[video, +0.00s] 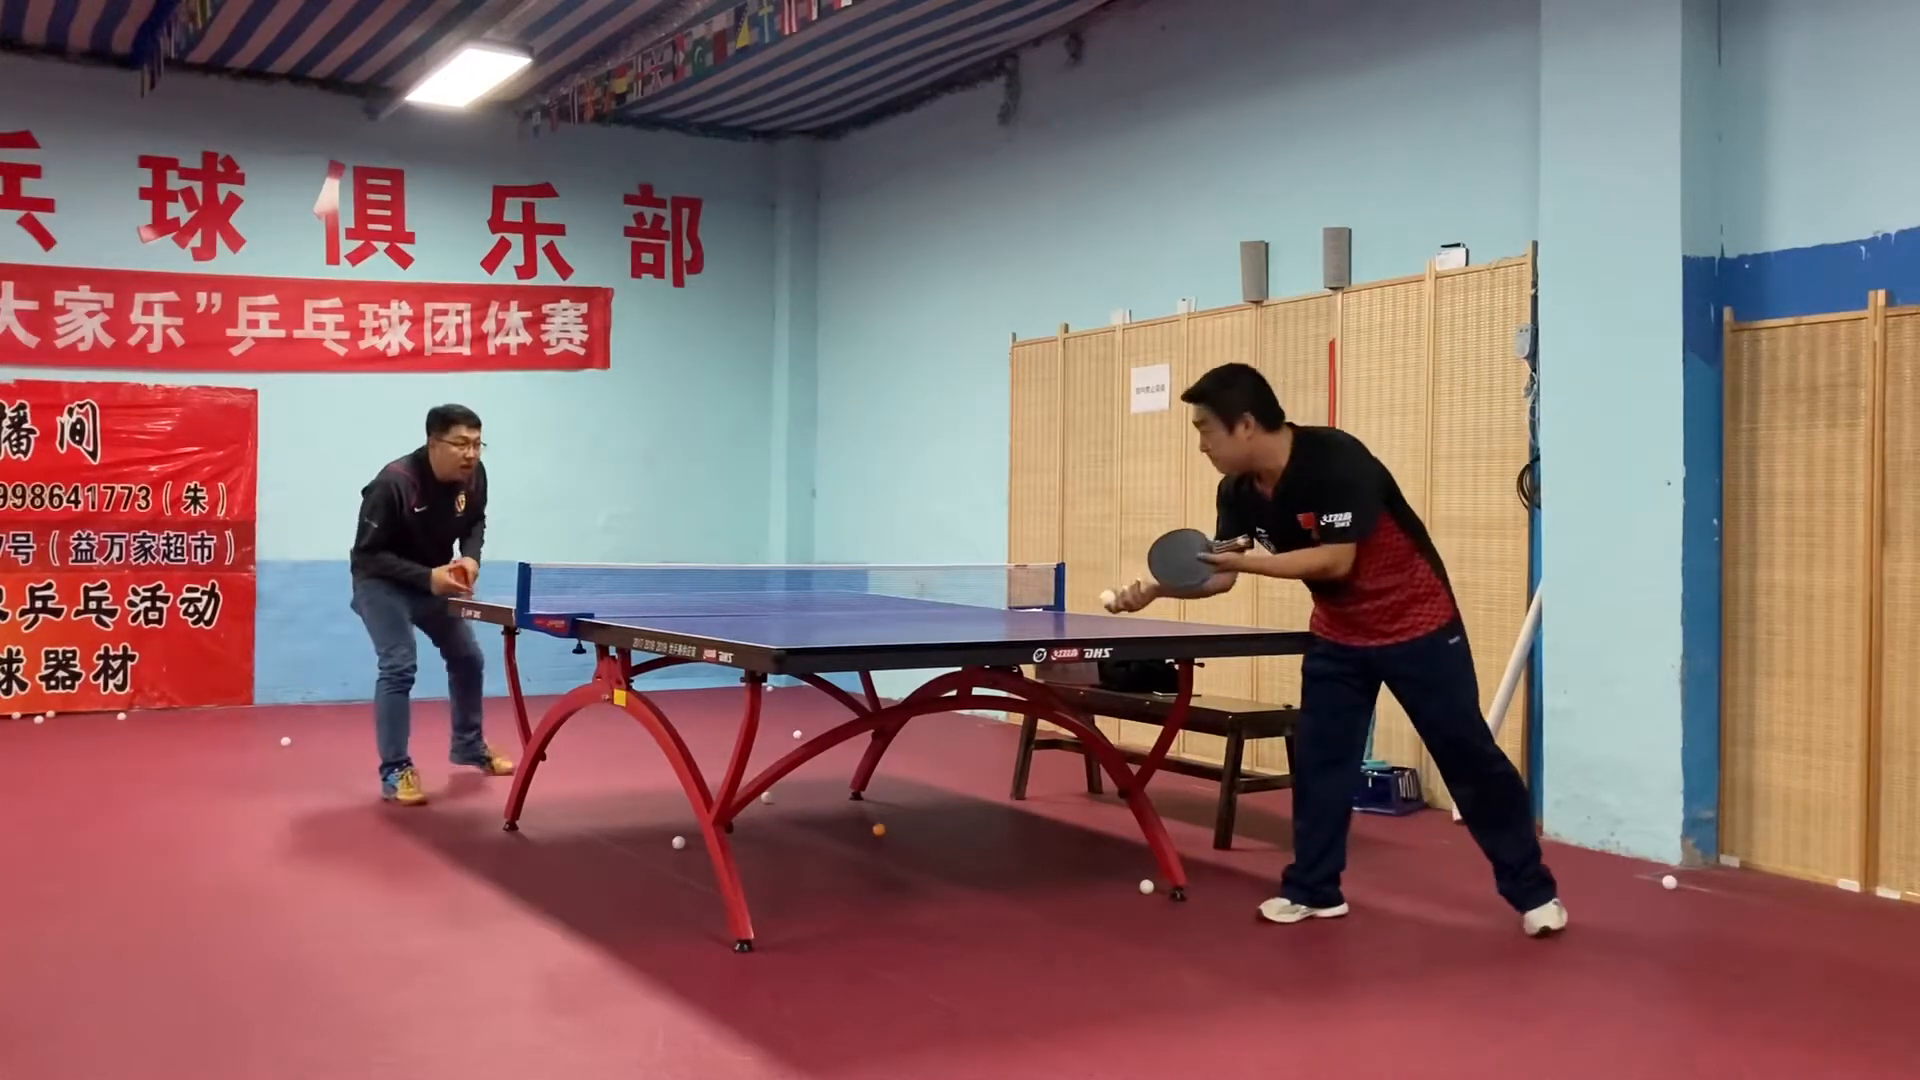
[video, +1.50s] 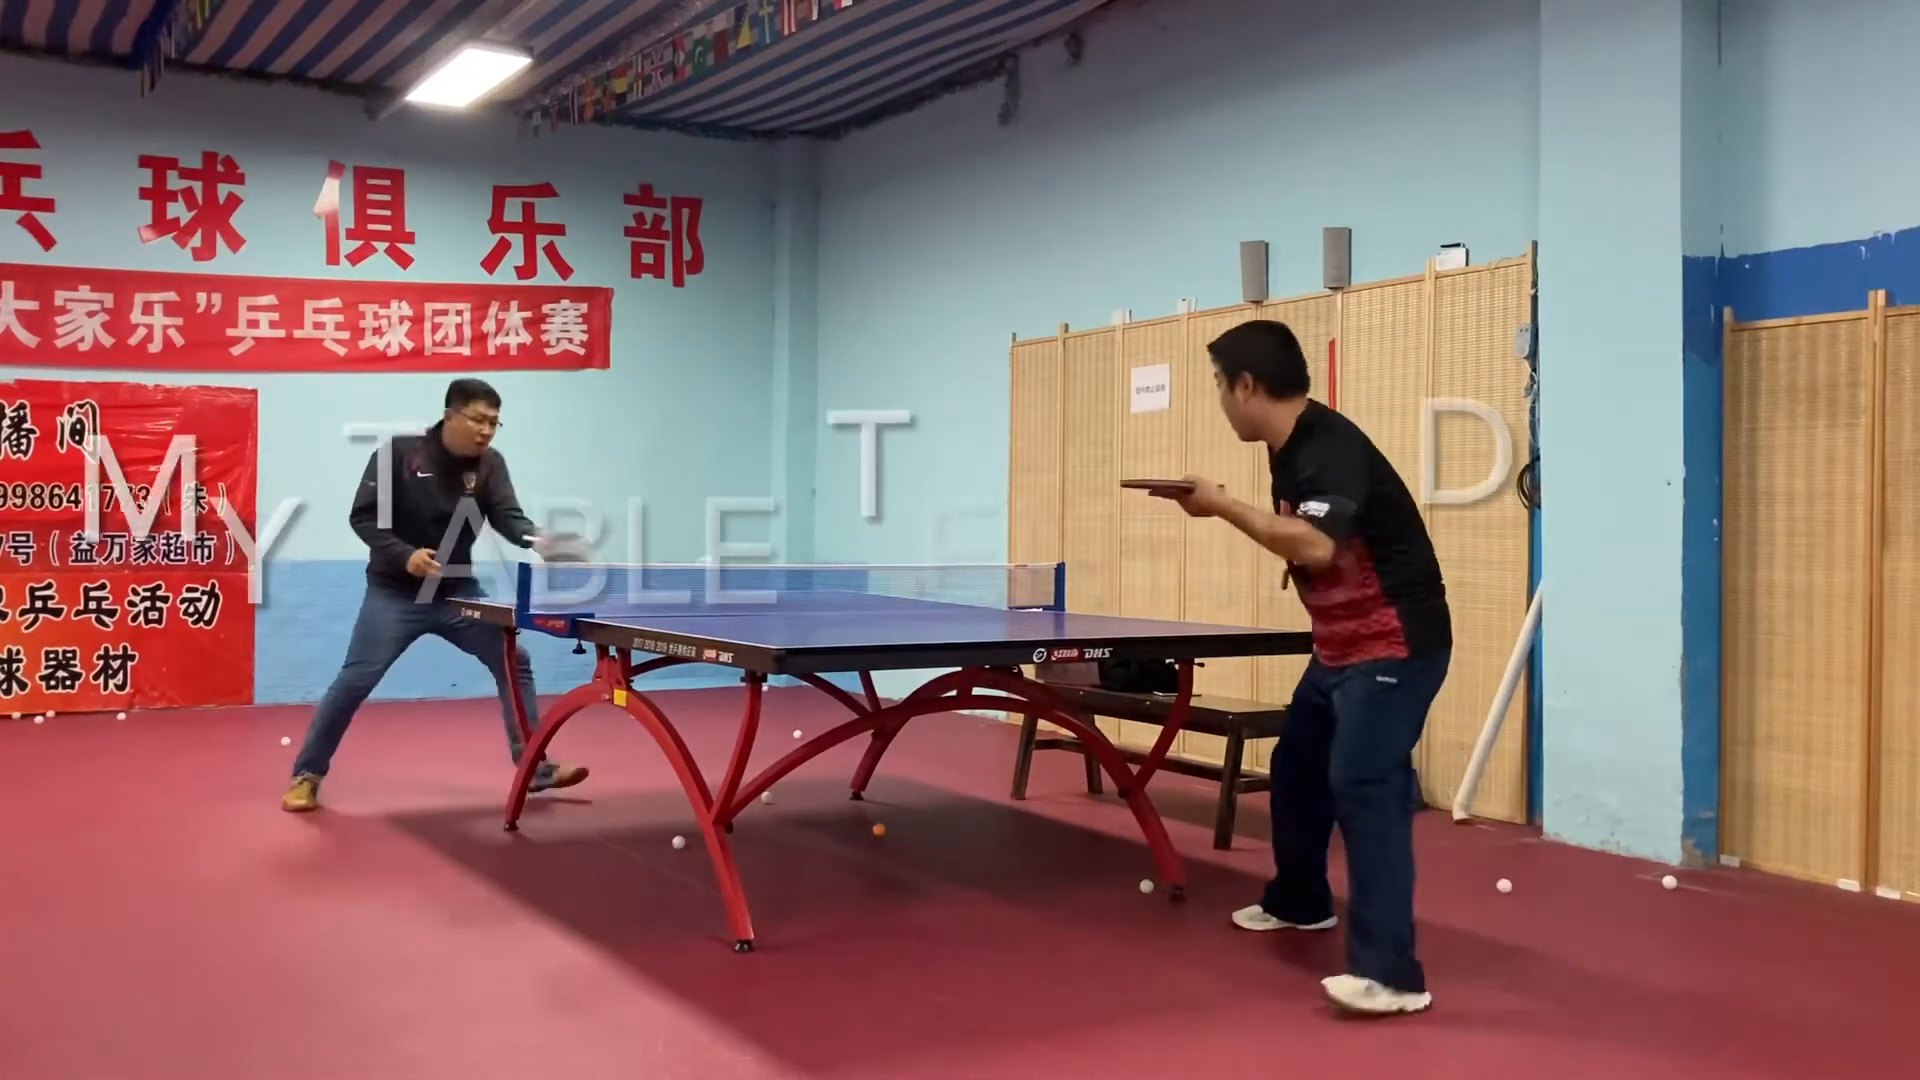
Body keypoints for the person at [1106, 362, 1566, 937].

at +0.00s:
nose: (1201, 444)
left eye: (1204, 429)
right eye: (1198, 432)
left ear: (1245, 425)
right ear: (1243, 426)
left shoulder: (1337, 459)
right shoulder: (1238, 492)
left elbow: (1337, 560)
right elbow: (1223, 573)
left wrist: (1245, 561)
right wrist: (1155, 587)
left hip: (1417, 626)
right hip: (1339, 631)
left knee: (1469, 757)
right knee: (1319, 760)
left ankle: (1533, 890)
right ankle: (1315, 889)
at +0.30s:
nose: (1267, 430)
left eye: (1275, 417)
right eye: (1265, 417)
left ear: (1318, 418)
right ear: (1306, 419)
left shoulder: (1387, 469)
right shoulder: (1284, 463)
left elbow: (1353, 564)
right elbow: (1224, 518)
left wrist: (1282, 531)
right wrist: (1163, 500)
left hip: (1429, 637)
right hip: (1347, 634)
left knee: (1476, 764)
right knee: (1321, 756)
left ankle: (1536, 896)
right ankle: (1315, 888)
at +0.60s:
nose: (1366, 379)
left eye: (1382, 368)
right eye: (1367, 366)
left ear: (1425, 383)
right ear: (1372, 376)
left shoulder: (1485, 453)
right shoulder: (1352, 439)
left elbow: (1503, 542)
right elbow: (1291, 468)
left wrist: (1430, 533)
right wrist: (1232, 465)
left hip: (1464, 639)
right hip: (1375, 634)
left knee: (1497, 764)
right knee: (1340, 759)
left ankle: (1536, 895)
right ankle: (1313, 887)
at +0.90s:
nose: (1357, 395)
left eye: (1371, 383)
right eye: (1356, 384)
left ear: (1417, 390)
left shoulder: (1481, 439)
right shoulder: (1346, 453)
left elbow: (1567, 480)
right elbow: (1309, 481)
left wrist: (1565, 441)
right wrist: (1325, 538)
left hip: (1468, 638)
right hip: (1376, 634)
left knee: (1504, 765)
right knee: (1323, 745)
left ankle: (1537, 894)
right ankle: (1312, 882)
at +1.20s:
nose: (1221, 444)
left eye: (1223, 430)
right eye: (1219, 431)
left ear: (1254, 427)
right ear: (1261, 426)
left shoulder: (1350, 464)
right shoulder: (1288, 483)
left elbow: (1421, 526)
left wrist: (1349, 522)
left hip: (1416, 653)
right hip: (1347, 650)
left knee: (1440, 789)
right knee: (1294, 752)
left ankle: (1533, 886)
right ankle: (1300, 899)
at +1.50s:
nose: (1222, 404)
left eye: (1223, 389)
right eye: (1221, 389)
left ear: (1248, 386)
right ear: (1268, 383)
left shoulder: (1330, 445)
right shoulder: (1293, 449)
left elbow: (1312, 546)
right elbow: (1318, 539)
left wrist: (1223, 506)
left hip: (1394, 649)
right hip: (1343, 648)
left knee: (1368, 786)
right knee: (1297, 768)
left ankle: (1391, 972)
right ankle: (1300, 900)